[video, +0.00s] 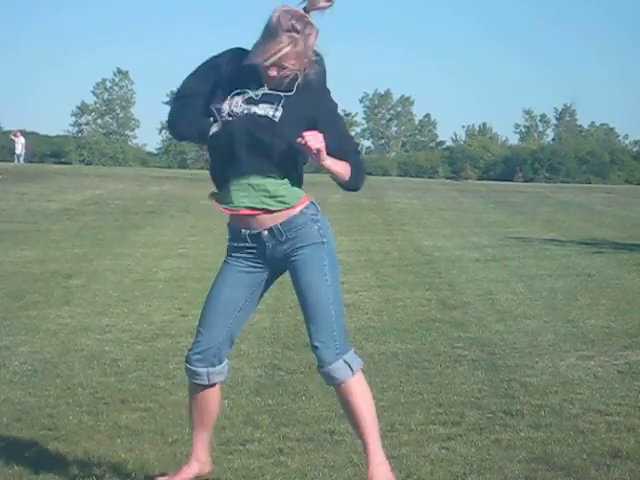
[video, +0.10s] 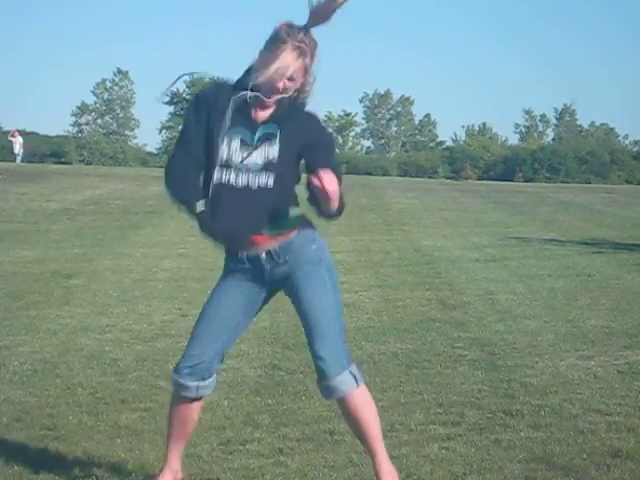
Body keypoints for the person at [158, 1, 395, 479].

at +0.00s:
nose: (276, 75)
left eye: (287, 71)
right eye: (272, 65)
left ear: (303, 63)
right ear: (262, 49)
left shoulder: (311, 94)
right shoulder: (226, 73)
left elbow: (354, 174)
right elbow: (181, 124)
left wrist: (326, 157)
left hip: (301, 234)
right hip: (244, 243)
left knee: (331, 353)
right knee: (203, 358)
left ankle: (379, 466)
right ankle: (199, 462)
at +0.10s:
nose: (272, 92)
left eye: (286, 86)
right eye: (267, 79)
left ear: (300, 83)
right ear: (256, 63)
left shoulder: (304, 124)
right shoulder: (213, 104)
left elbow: (331, 202)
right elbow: (179, 171)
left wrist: (330, 202)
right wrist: (203, 209)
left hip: (300, 253)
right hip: (243, 264)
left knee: (335, 372)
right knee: (191, 373)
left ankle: (385, 470)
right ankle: (172, 468)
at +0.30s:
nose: (253, 116)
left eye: (265, 111)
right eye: (248, 104)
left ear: (281, 114)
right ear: (238, 96)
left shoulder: (289, 152)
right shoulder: (199, 144)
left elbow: (335, 218)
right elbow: (151, 202)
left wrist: (352, 159)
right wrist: (197, 190)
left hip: (286, 290)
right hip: (226, 297)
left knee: (341, 389)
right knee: (155, 384)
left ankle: (388, 475)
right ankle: (170, 475)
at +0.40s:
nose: (253, 71)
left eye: (261, 70)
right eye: (244, 67)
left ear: (270, 81)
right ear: (226, 73)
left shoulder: (288, 111)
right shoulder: (195, 106)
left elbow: (362, 125)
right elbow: (140, 146)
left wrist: (344, 67)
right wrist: (181, 151)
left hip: (271, 258)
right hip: (208, 261)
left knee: (324, 369)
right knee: (154, 368)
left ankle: (383, 472)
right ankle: (163, 470)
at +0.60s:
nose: (218, 79)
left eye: (227, 69)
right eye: (211, 72)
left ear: (252, 66)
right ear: (206, 76)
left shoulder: (279, 114)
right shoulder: (191, 115)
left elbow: (307, 62)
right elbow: (142, 167)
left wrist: (308, 5)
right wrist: (171, 159)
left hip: (248, 270)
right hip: (186, 262)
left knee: (289, 380)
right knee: (162, 387)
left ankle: (304, 475)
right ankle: (134, 467)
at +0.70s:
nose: (215, 96)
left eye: (225, 87)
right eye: (208, 88)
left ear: (248, 92)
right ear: (202, 94)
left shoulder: (271, 139)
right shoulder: (189, 156)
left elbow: (311, 128)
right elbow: (169, 226)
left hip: (238, 294)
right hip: (177, 284)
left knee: (297, 386)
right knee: (159, 407)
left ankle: (304, 478)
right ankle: (135, 472)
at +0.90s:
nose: (217, 49)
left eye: (226, 39)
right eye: (209, 39)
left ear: (247, 36)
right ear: (197, 37)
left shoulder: (270, 76)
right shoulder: (180, 82)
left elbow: (309, 114)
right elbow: (162, 159)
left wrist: (333, 137)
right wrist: (189, 156)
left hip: (262, 238)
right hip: (198, 235)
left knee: (294, 361)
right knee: (162, 359)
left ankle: (316, 470)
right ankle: (159, 461)